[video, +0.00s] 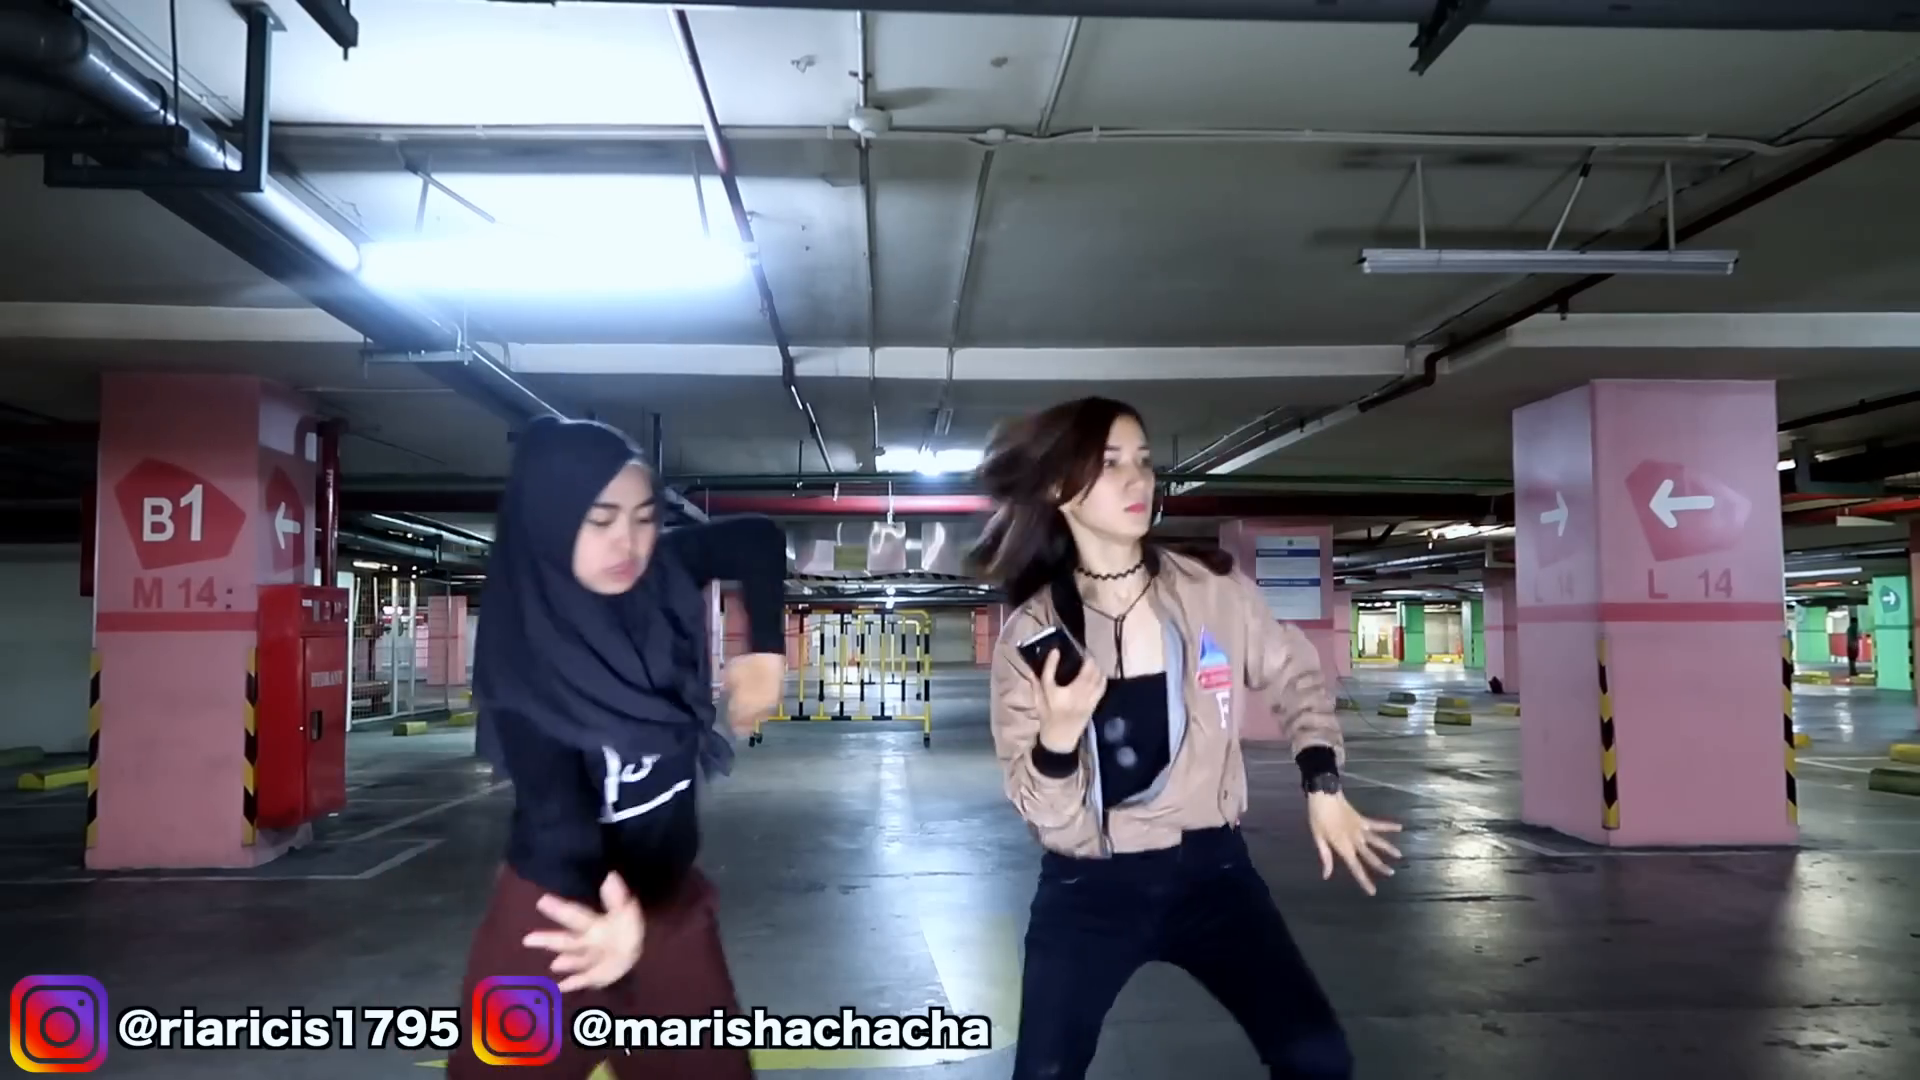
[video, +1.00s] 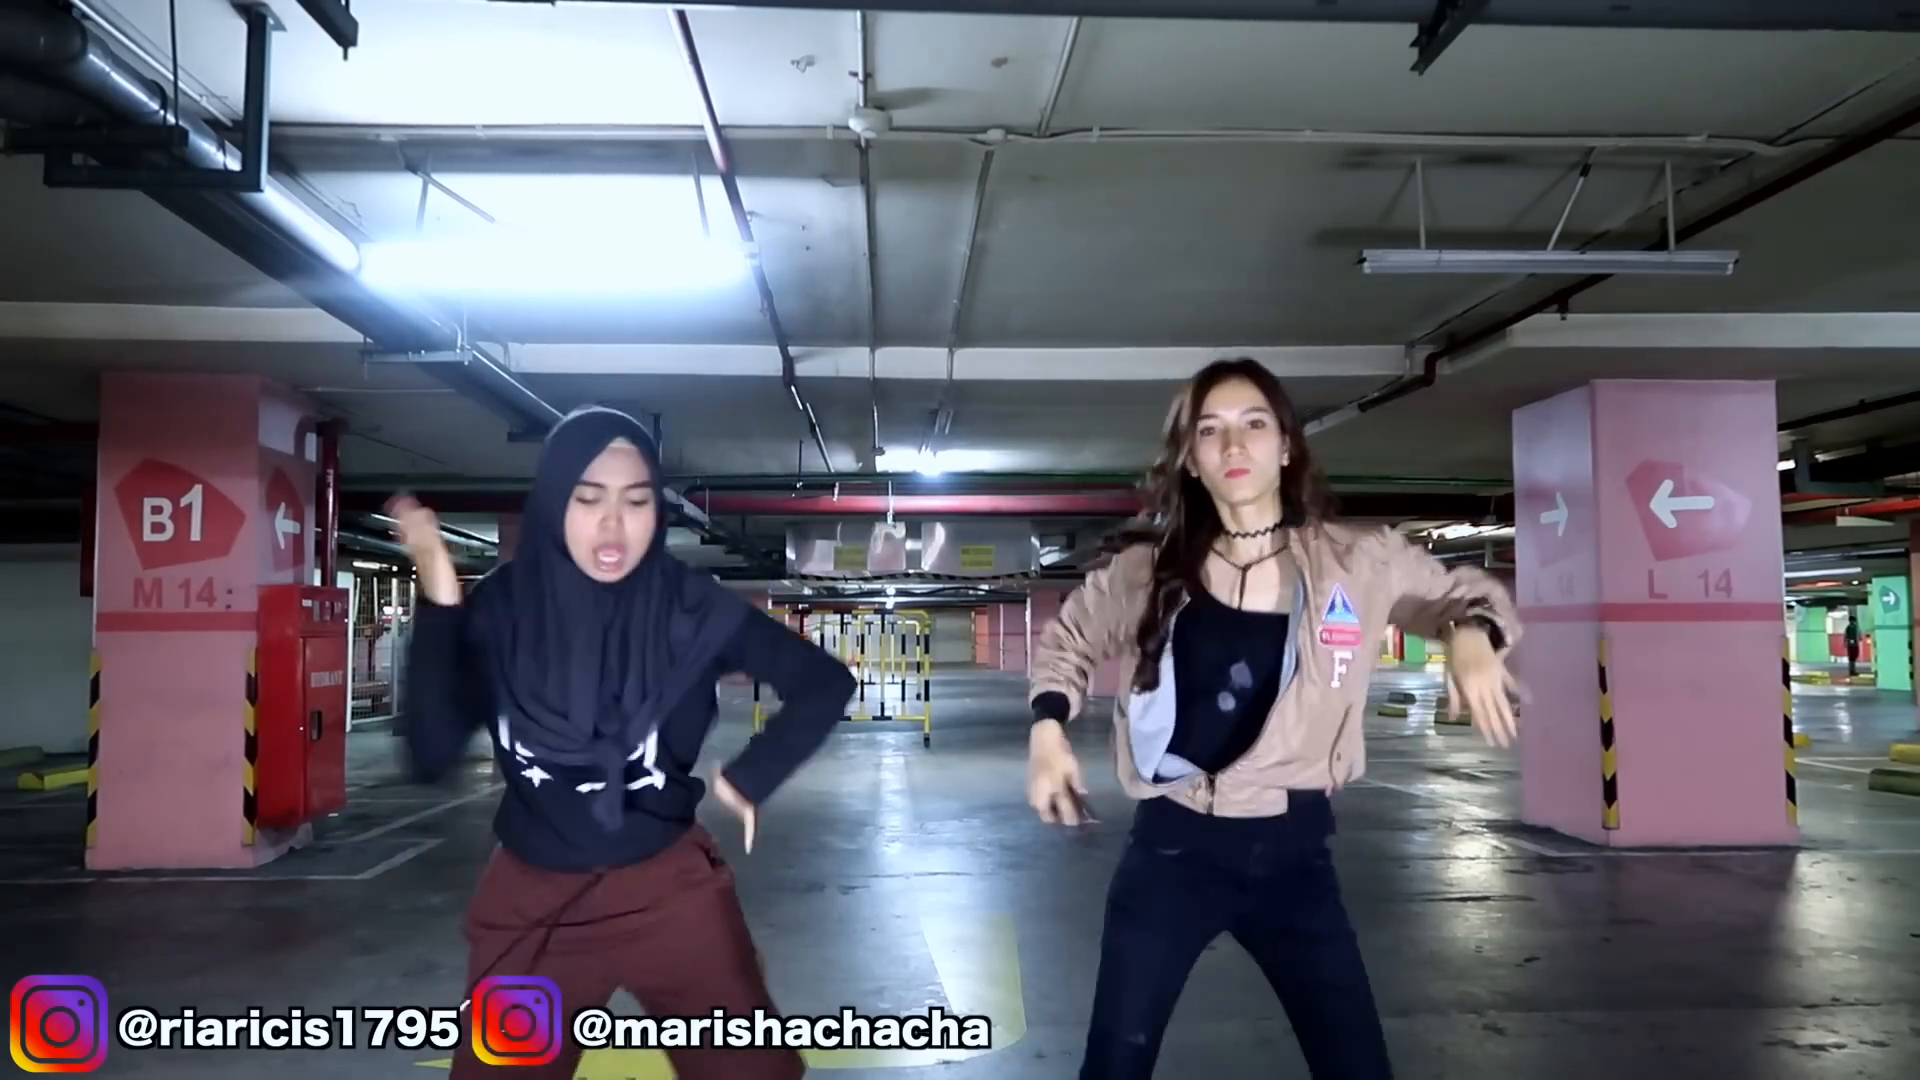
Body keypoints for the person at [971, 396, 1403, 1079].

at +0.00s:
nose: (1140, 479)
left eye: (1144, 461)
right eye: (1112, 463)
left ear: (1154, 474)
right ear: (1059, 489)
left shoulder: (1216, 596)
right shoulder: (1030, 632)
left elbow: (1295, 676)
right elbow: (1048, 817)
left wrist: (1323, 783)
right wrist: (1059, 737)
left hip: (1211, 874)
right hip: (1086, 887)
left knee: (1316, 1053)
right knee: (1045, 1069)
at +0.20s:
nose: (1129, 440)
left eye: (1138, 421)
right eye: (1106, 426)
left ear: (1154, 434)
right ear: (1060, 446)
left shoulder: (1228, 536)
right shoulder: (1032, 585)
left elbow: (1310, 607)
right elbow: (1008, 763)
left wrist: (1342, 733)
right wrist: (1003, 668)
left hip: (1269, 827)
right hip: (1149, 847)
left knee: (1304, 1059)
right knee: (1113, 1061)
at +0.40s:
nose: (1143, 472)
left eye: (1152, 452)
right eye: (1118, 460)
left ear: (1172, 466)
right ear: (1086, 483)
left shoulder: (1244, 570)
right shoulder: (1062, 619)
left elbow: (1340, 626)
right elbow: (981, 774)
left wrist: (1395, 732)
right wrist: (989, 677)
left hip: (1275, 853)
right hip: (1158, 881)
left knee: (1389, 1054)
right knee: (1138, 1070)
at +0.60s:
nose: (1152, 442)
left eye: (1169, 417)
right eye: (1129, 428)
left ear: (1203, 431)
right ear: (1109, 455)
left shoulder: (1296, 537)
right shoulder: (1095, 577)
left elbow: (1397, 613)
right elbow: (1056, 702)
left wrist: (1444, 735)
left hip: (1314, 820)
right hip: (1191, 838)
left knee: (1341, 1060)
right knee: (1176, 1060)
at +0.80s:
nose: (1218, 460)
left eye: (1235, 438)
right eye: (1195, 448)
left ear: (1270, 456)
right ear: (1176, 476)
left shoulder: (1349, 577)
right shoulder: (1153, 593)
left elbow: (1474, 651)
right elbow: (1083, 710)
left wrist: (1505, 781)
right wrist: (1100, 820)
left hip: (1332, 865)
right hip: (1206, 867)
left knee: (1338, 1069)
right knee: (1102, 1048)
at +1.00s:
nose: (1232, 445)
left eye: (1252, 425)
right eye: (1212, 430)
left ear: (1287, 446)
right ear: (1190, 457)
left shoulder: (1358, 559)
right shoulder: (1147, 568)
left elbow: (1471, 590)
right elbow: (1067, 638)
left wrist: (1472, 634)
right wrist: (1047, 729)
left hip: (1291, 858)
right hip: (1169, 854)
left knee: (1357, 1065)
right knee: (1116, 1061)